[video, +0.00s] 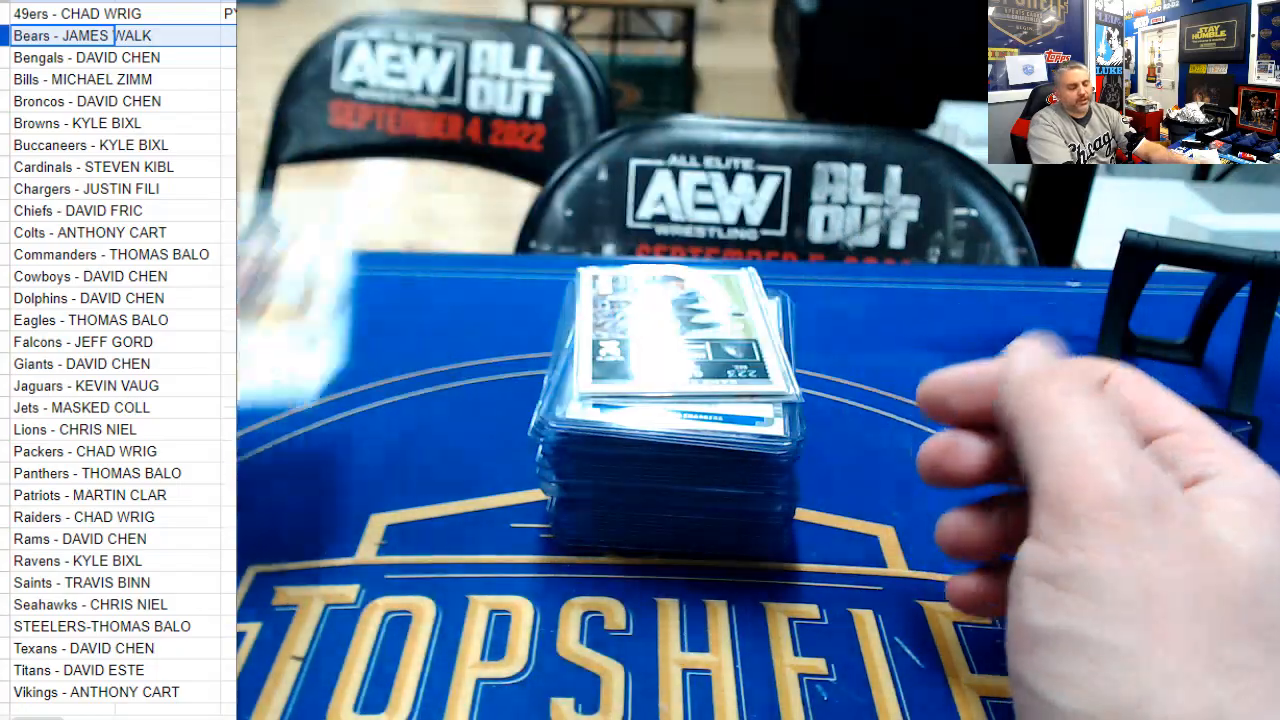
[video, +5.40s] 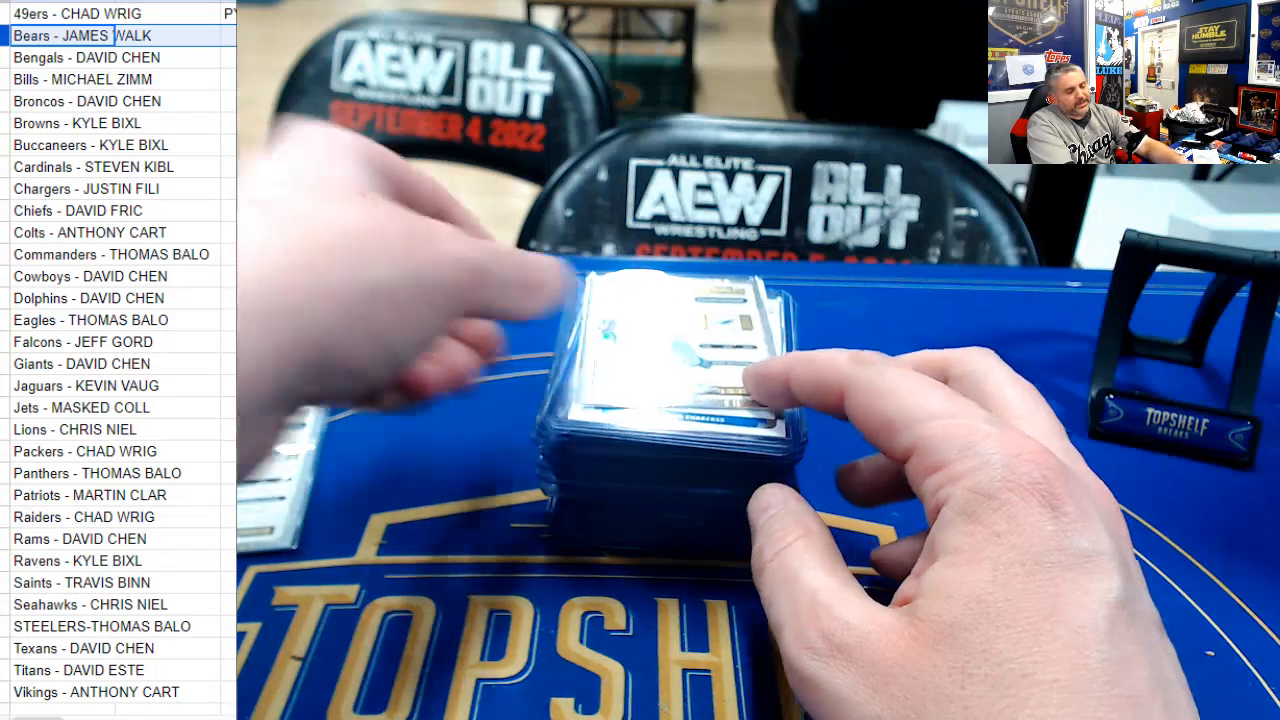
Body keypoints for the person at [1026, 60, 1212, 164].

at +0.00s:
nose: (1083, 92)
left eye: (1086, 84)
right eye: (1073, 87)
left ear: (1091, 84)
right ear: (1057, 94)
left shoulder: (1105, 113)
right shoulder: (1044, 124)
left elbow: (1147, 149)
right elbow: (1062, 176)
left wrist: (1190, 164)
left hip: (1113, 186)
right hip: (1072, 196)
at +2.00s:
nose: (1085, 93)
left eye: (1087, 85)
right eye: (1074, 89)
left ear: (1091, 85)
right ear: (1056, 96)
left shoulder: (1104, 113)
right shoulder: (1043, 122)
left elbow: (1145, 150)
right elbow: (1061, 177)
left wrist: (1186, 162)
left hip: (1112, 186)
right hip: (1072, 197)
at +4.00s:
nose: (1079, 94)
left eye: (1080, 85)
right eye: (1067, 91)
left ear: (1085, 84)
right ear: (1051, 99)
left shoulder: (1104, 114)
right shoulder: (1041, 123)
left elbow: (1146, 150)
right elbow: (1061, 176)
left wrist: (1189, 170)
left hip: (1113, 189)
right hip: (1069, 199)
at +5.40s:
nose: (1081, 95)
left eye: (1082, 86)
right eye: (1070, 91)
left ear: (1088, 85)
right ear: (1053, 100)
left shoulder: (1106, 114)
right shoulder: (1042, 123)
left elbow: (1147, 147)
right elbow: (1060, 178)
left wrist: (1185, 165)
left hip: (1115, 189)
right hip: (1072, 198)